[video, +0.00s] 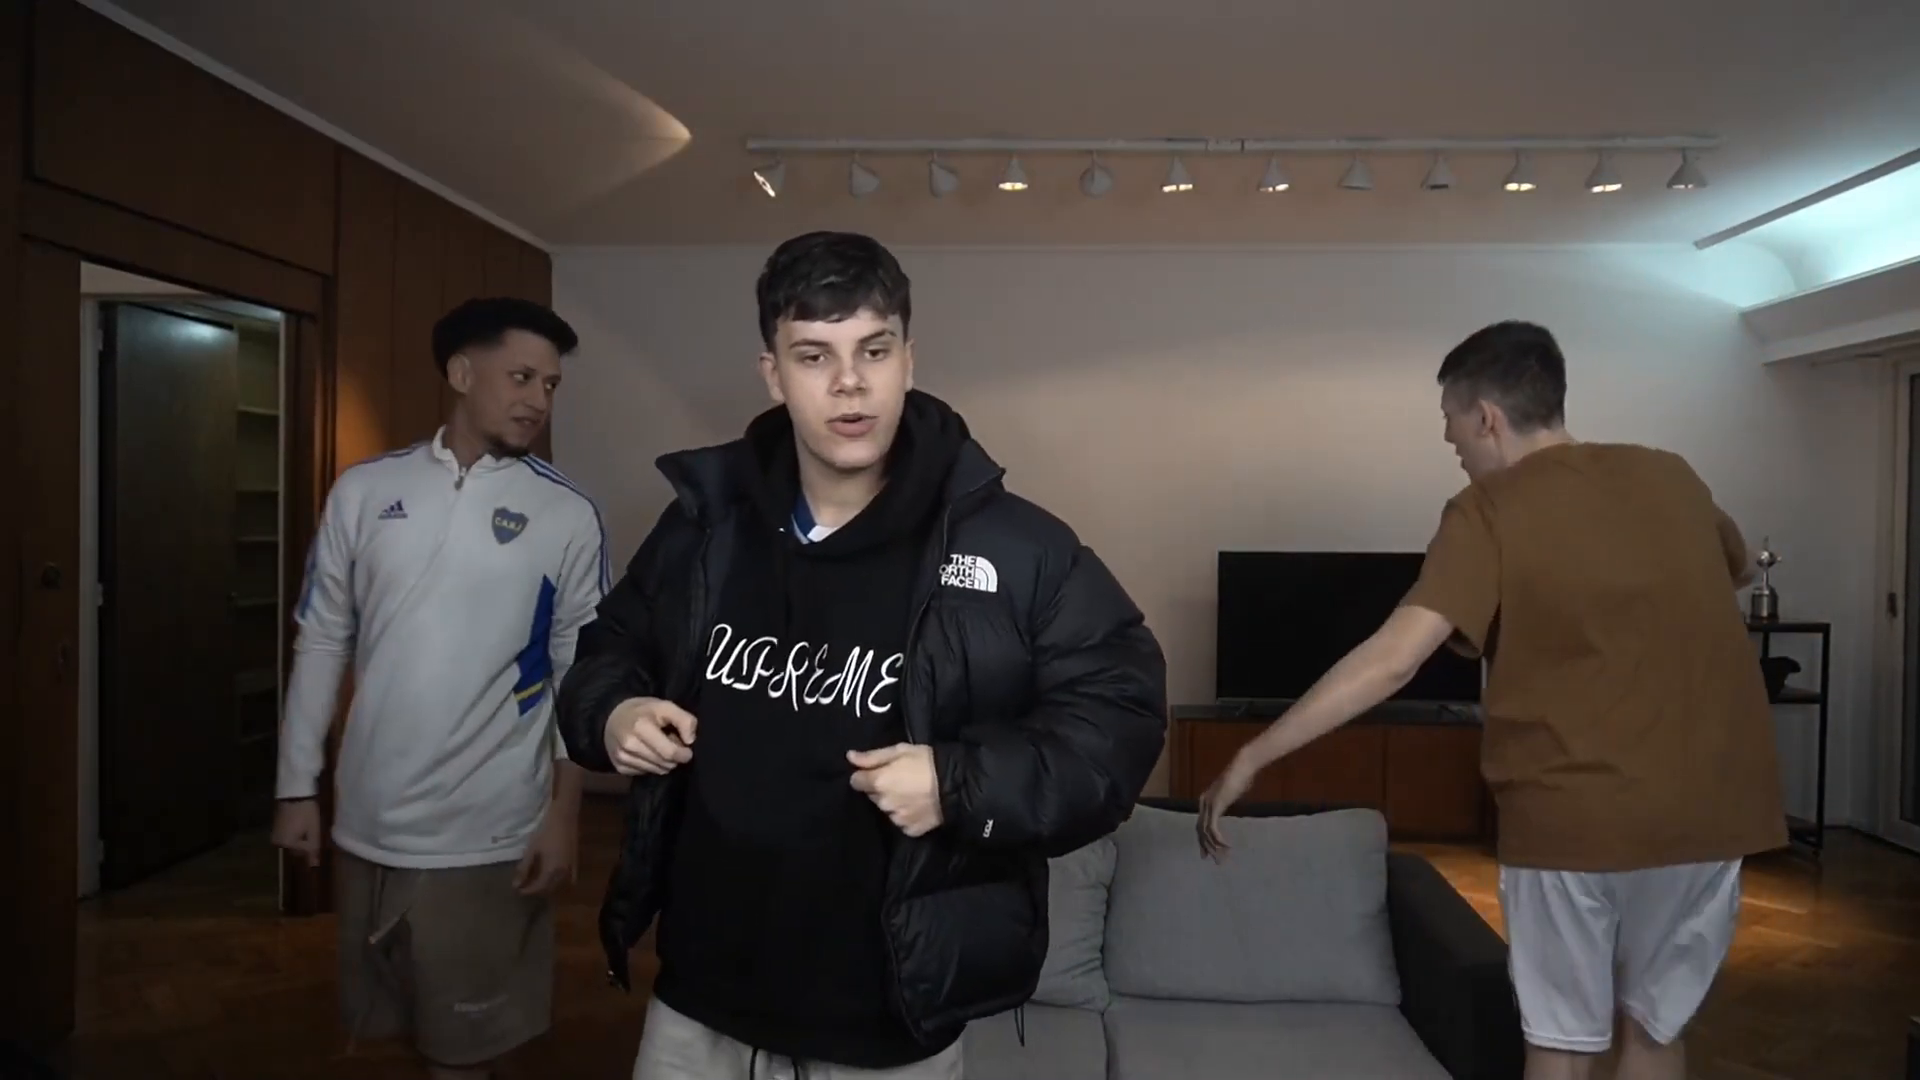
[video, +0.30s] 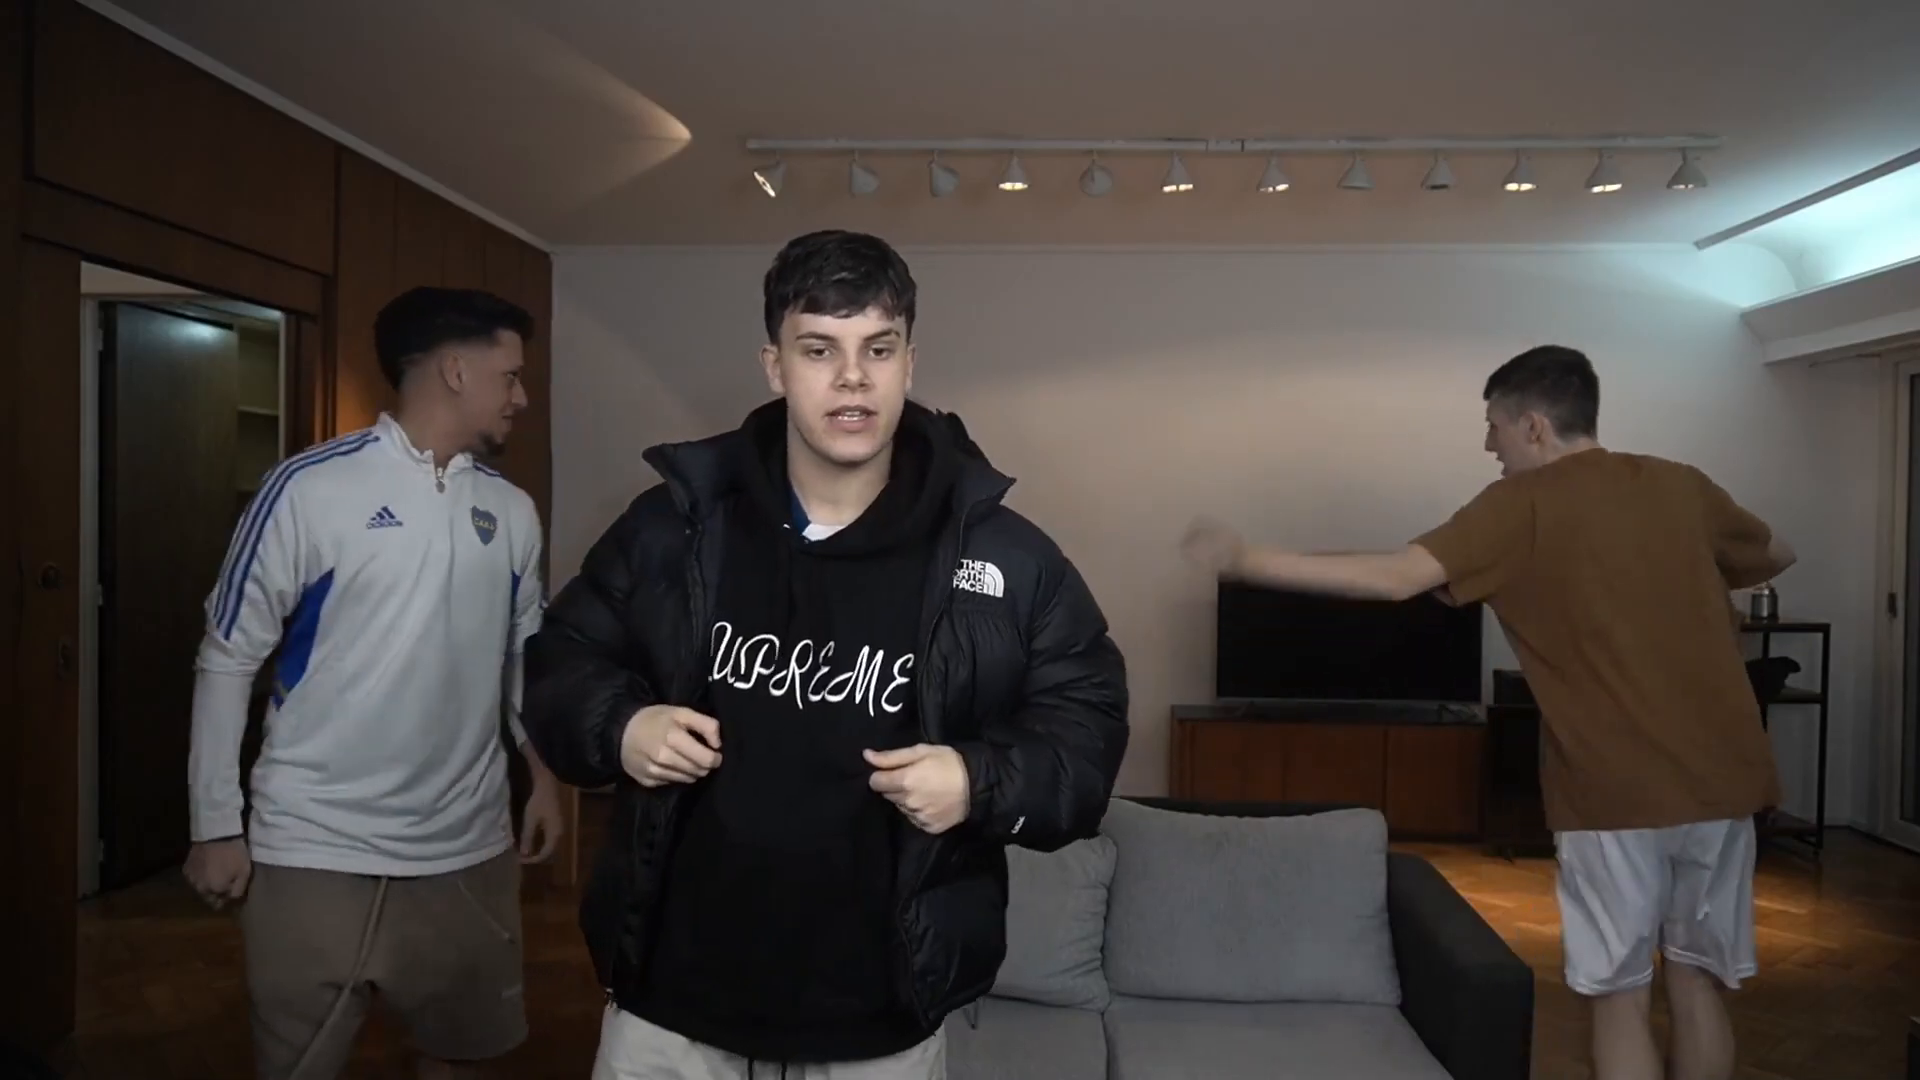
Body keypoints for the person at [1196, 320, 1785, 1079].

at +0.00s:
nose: (1453, 446)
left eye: (1452, 426)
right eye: (1448, 427)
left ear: (1488, 416)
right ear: (1553, 403)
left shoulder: (1488, 513)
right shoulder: (1672, 476)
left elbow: (1391, 659)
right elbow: (1741, 563)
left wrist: (1249, 759)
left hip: (1567, 825)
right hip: (1709, 823)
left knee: (1562, 1047)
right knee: (1655, 1036)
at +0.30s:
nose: (1491, 449)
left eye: (1494, 430)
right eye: (1489, 431)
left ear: (1537, 424)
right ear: (1578, 421)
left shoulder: (1519, 504)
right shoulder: (1681, 485)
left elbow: (1401, 574)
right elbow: (1770, 554)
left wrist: (1246, 560)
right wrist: (1689, 572)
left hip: (1613, 793)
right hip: (1725, 778)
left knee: (1621, 995)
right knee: (1699, 979)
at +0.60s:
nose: (1495, 418)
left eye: (1502, 403)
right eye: (1496, 402)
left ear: (1545, 409)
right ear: (1575, 408)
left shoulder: (1535, 479)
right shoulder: (1650, 463)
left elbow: (1428, 522)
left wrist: (1318, 443)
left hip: (1585, 737)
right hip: (1682, 725)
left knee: (1594, 917)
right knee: (1671, 910)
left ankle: (1639, 1072)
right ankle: (1717, 1071)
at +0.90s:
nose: (1437, 432)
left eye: (1448, 420)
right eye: (1440, 418)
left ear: (1493, 426)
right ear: (1513, 425)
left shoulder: (1489, 494)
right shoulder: (1568, 466)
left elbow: (1390, 527)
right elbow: (1557, 427)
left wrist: (1270, 468)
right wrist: (1518, 380)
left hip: (1550, 719)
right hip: (1606, 700)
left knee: (1569, 899)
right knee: (1572, 867)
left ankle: (1647, 1068)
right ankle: (1581, 1018)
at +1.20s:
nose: (1380, 438)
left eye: (1393, 426)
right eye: (1381, 426)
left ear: (1435, 434)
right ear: (1431, 437)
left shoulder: (1447, 496)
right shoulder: (1462, 480)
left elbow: (1381, 529)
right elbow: (1386, 470)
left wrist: (1279, 504)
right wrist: (1322, 460)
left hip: (1469, 703)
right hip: (1513, 693)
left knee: (1430, 845)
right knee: (1512, 836)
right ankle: (1580, 999)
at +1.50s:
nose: (1301, 447)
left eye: (1317, 437)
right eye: (1298, 434)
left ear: (1351, 444)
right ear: (1293, 434)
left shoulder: (1363, 501)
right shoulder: (1327, 497)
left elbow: (1325, 556)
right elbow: (1300, 508)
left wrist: (1222, 566)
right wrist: (1242, 501)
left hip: (1371, 718)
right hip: (1326, 707)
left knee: (1357, 852)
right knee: (1299, 838)